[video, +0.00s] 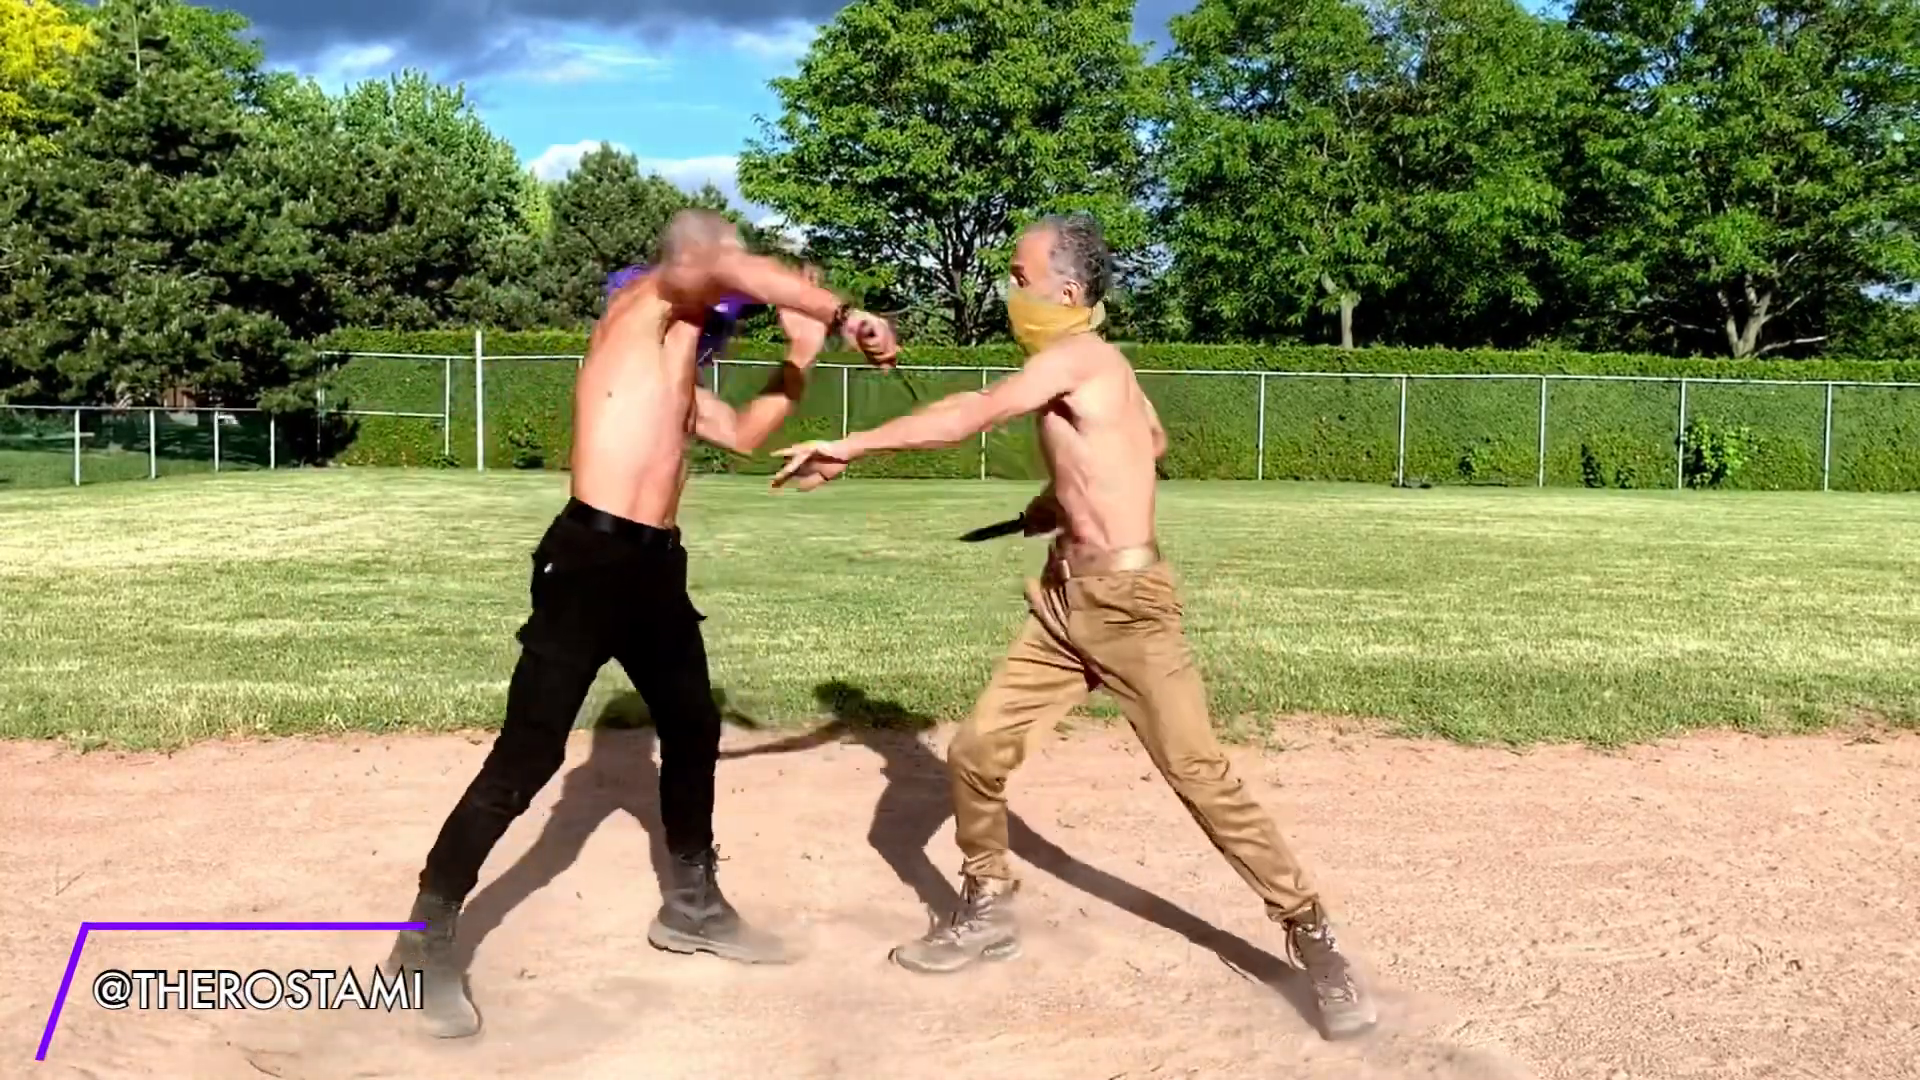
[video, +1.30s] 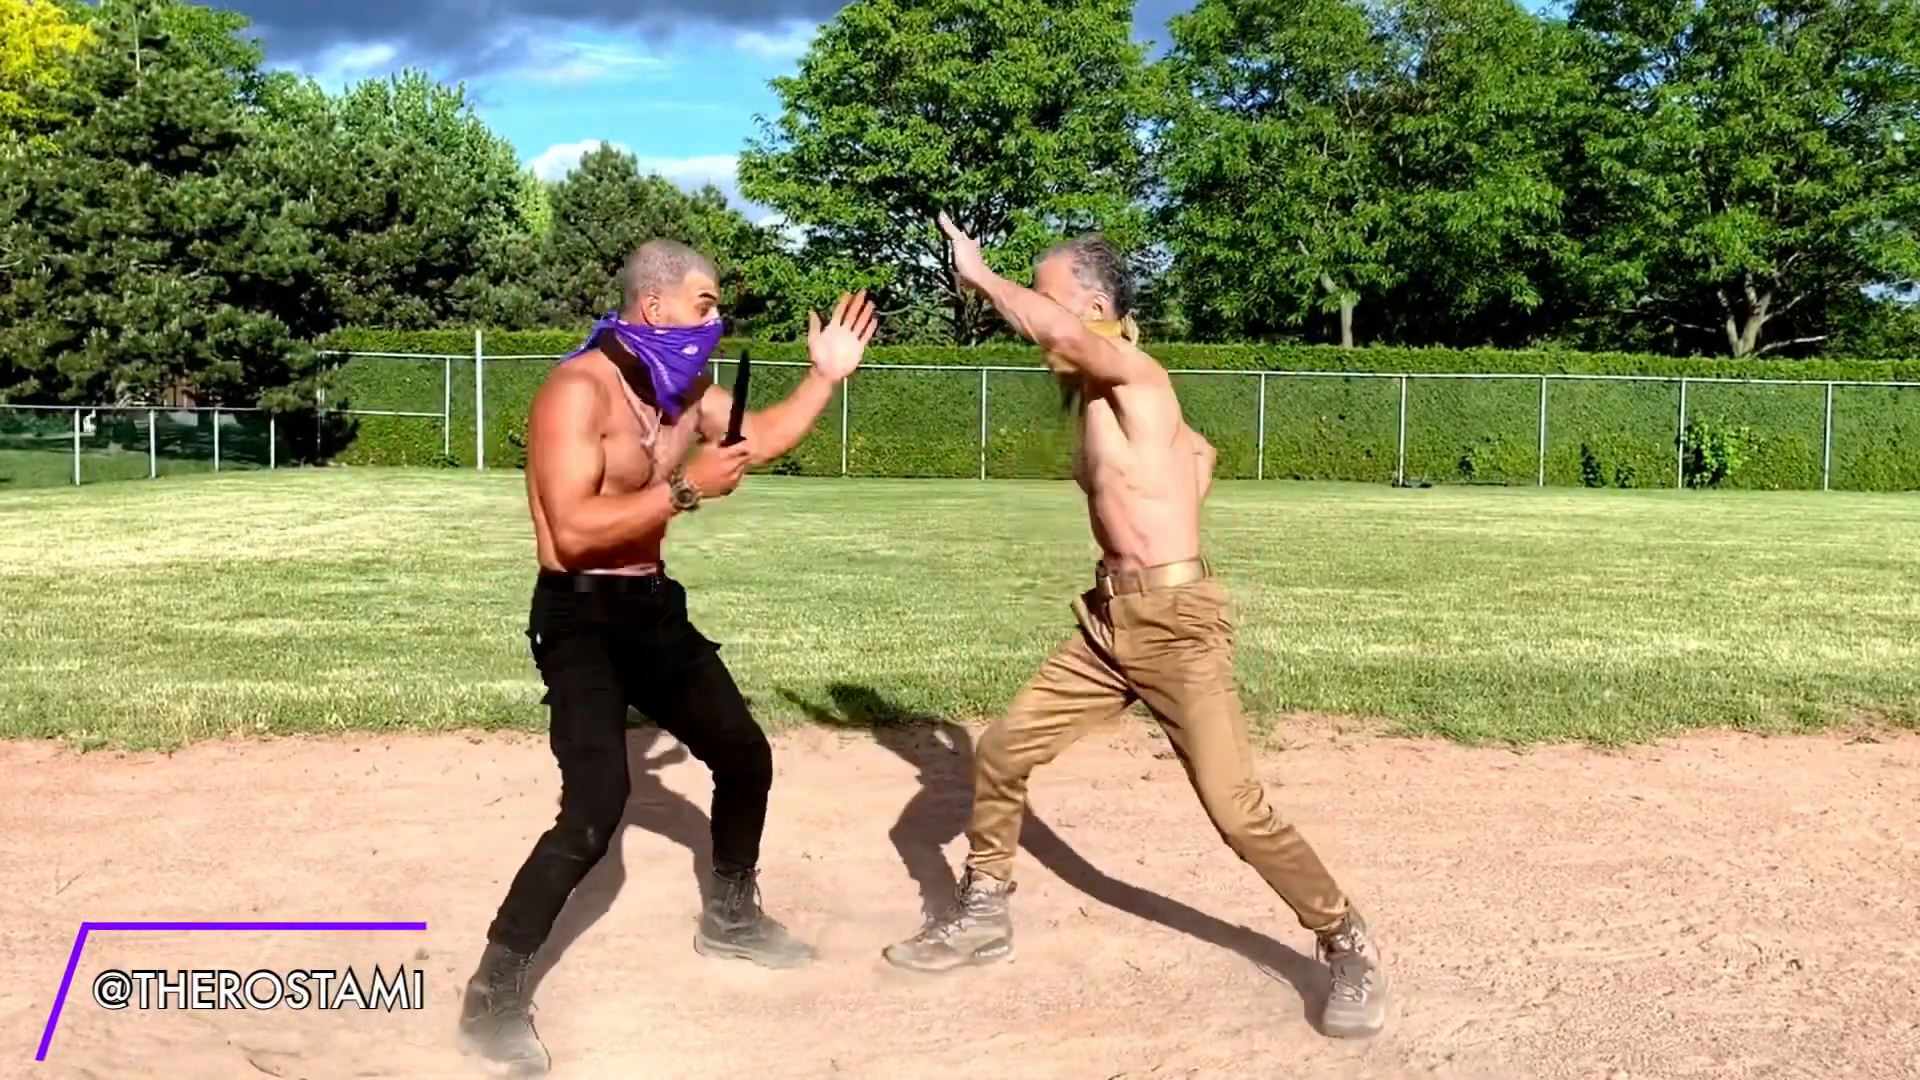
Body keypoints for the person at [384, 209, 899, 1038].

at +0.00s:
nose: (727, 314)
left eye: (732, 305)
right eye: (720, 296)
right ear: (691, 267)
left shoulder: (678, 372)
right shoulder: (649, 301)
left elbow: (745, 432)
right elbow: (726, 263)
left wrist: (802, 351)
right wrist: (842, 312)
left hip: (654, 570)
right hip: (586, 560)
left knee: (691, 733)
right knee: (527, 756)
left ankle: (692, 904)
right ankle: (427, 936)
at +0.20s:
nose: (676, 313)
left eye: (682, 299)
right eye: (663, 297)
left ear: (678, 298)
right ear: (611, 297)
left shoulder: (668, 370)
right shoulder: (555, 366)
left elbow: (682, 427)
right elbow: (457, 439)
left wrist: (784, 442)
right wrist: (566, 476)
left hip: (677, 606)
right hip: (592, 611)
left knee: (750, 757)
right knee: (544, 794)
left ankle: (692, 910)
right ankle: (442, 974)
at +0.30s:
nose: (632, 411)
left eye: (635, 396)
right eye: (616, 399)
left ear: (635, 391)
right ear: (559, 402)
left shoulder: (622, 438)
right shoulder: (511, 484)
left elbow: (643, 477)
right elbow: (474, 633)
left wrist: (718, 515)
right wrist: (598, 629)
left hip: (673, 626)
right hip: (587, 661)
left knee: (766, 767)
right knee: (553, 829)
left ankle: (707, 903)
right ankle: (460, 1004)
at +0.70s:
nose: (692, 335)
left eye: (692, 322)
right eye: (682, 321)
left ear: (636, 329)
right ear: (631, 329)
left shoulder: (639, 406)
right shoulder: (556, 427)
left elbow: (633, 492)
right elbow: (484, 570)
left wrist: (701, 504)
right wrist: (593, 637)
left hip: (622, 621)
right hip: (540, 640)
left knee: (723, 765)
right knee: (535, 830)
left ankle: (707, 922)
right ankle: (451, 1001)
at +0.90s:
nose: (733, 315)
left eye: (734, 301)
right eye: (724, 299)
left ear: (678, 301)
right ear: (674, 302)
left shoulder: (666, 383)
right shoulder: (601, 388)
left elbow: (666, 467)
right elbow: (504, 513)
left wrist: (738, 423)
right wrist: (597, 588)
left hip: (631, 611)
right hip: (554, 618)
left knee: (729, 751)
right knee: (534, 817)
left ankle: (719, 915)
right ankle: (434, 998)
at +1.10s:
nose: (741, 336)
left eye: (745, 321)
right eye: (729, 320)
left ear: (714, 321)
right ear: (676, 321)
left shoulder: (725, 391)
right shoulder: (592, 395)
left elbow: (773, 465)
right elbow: (531, 524)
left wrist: (863, 501)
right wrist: (652, 542)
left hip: (660, 609)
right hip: (572, 612)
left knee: (751, 758)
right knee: (570, 794)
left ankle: (721, 919)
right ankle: (495, 988)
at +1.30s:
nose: (713, 325)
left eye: (716, 310)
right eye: (703, 308)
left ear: (668, 309)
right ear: (653, 307)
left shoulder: (688, 387)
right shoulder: (574, 391)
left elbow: (752, 445)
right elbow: (571, 534)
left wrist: (822, 378)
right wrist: (684, 489)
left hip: (654, 614)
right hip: (579, 618)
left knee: (744, 756)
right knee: (592, 813)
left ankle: (731, 915)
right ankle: (495, 992)